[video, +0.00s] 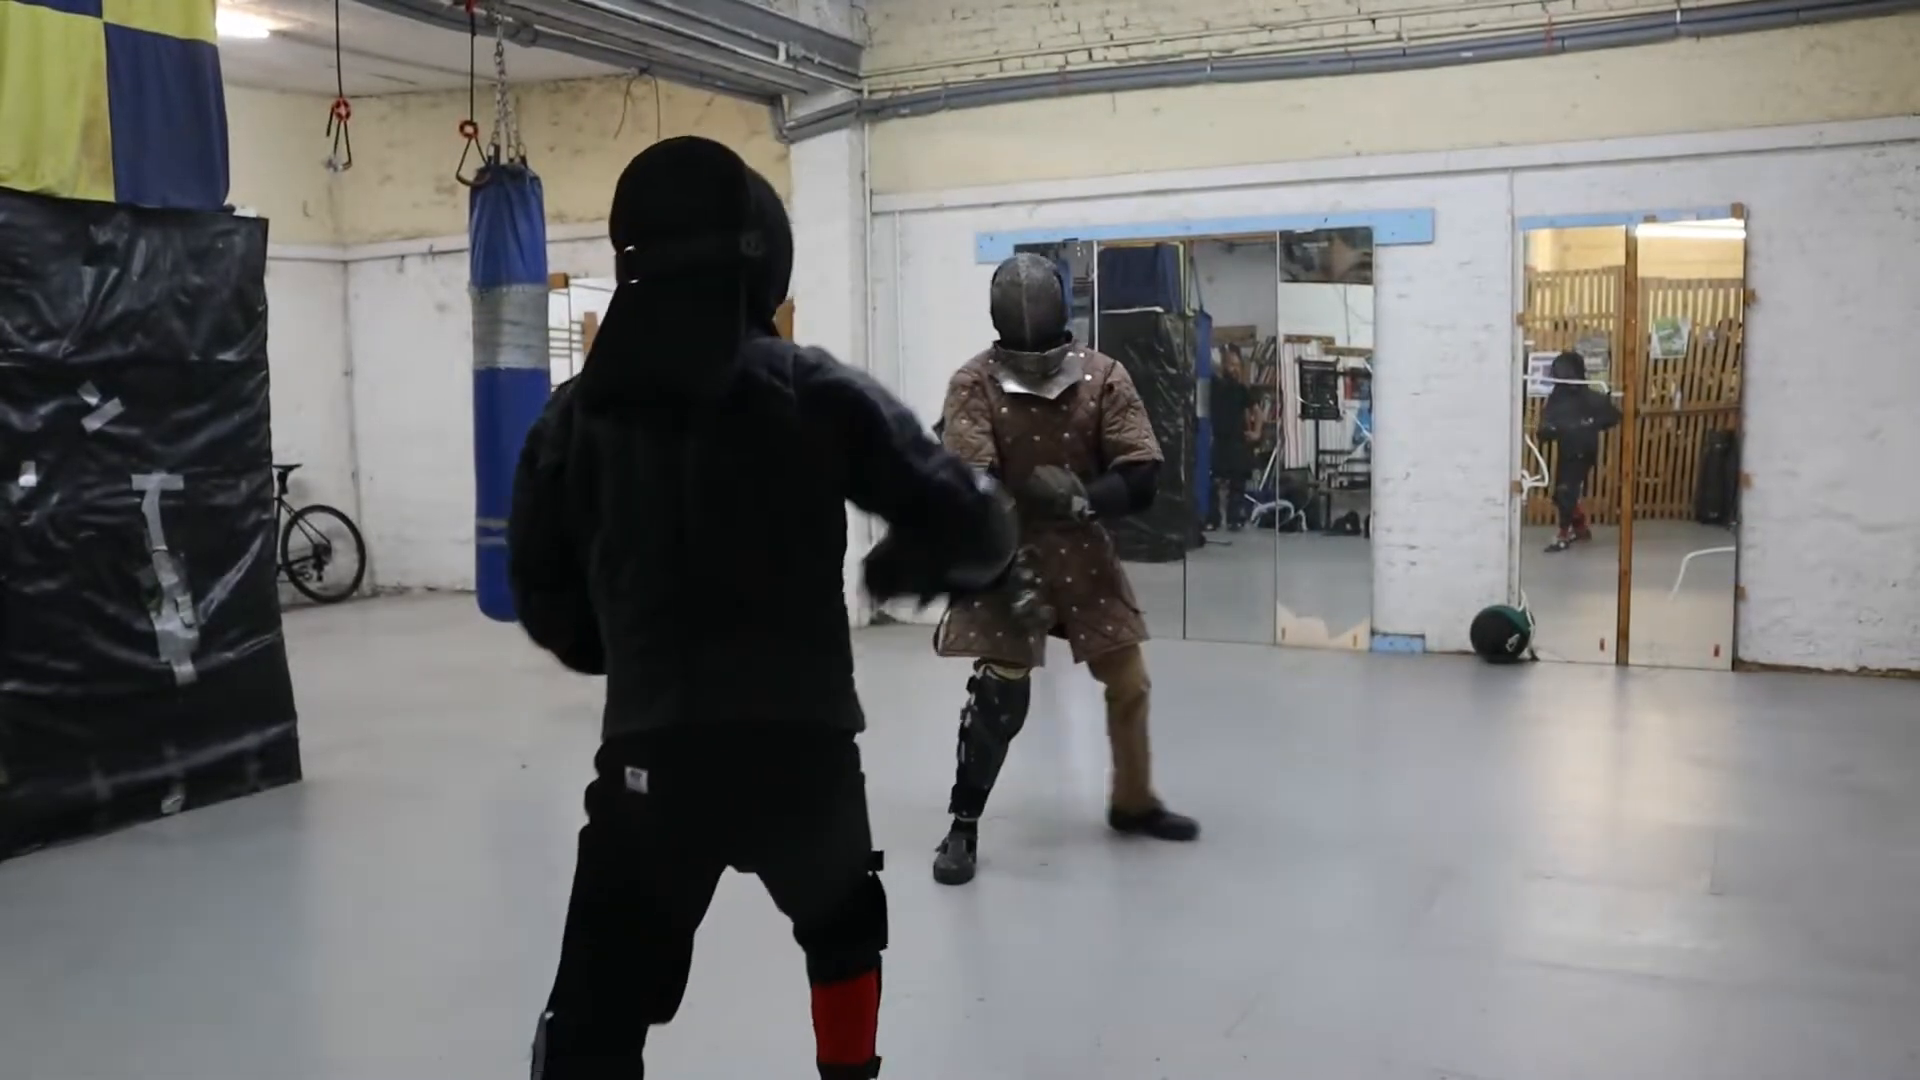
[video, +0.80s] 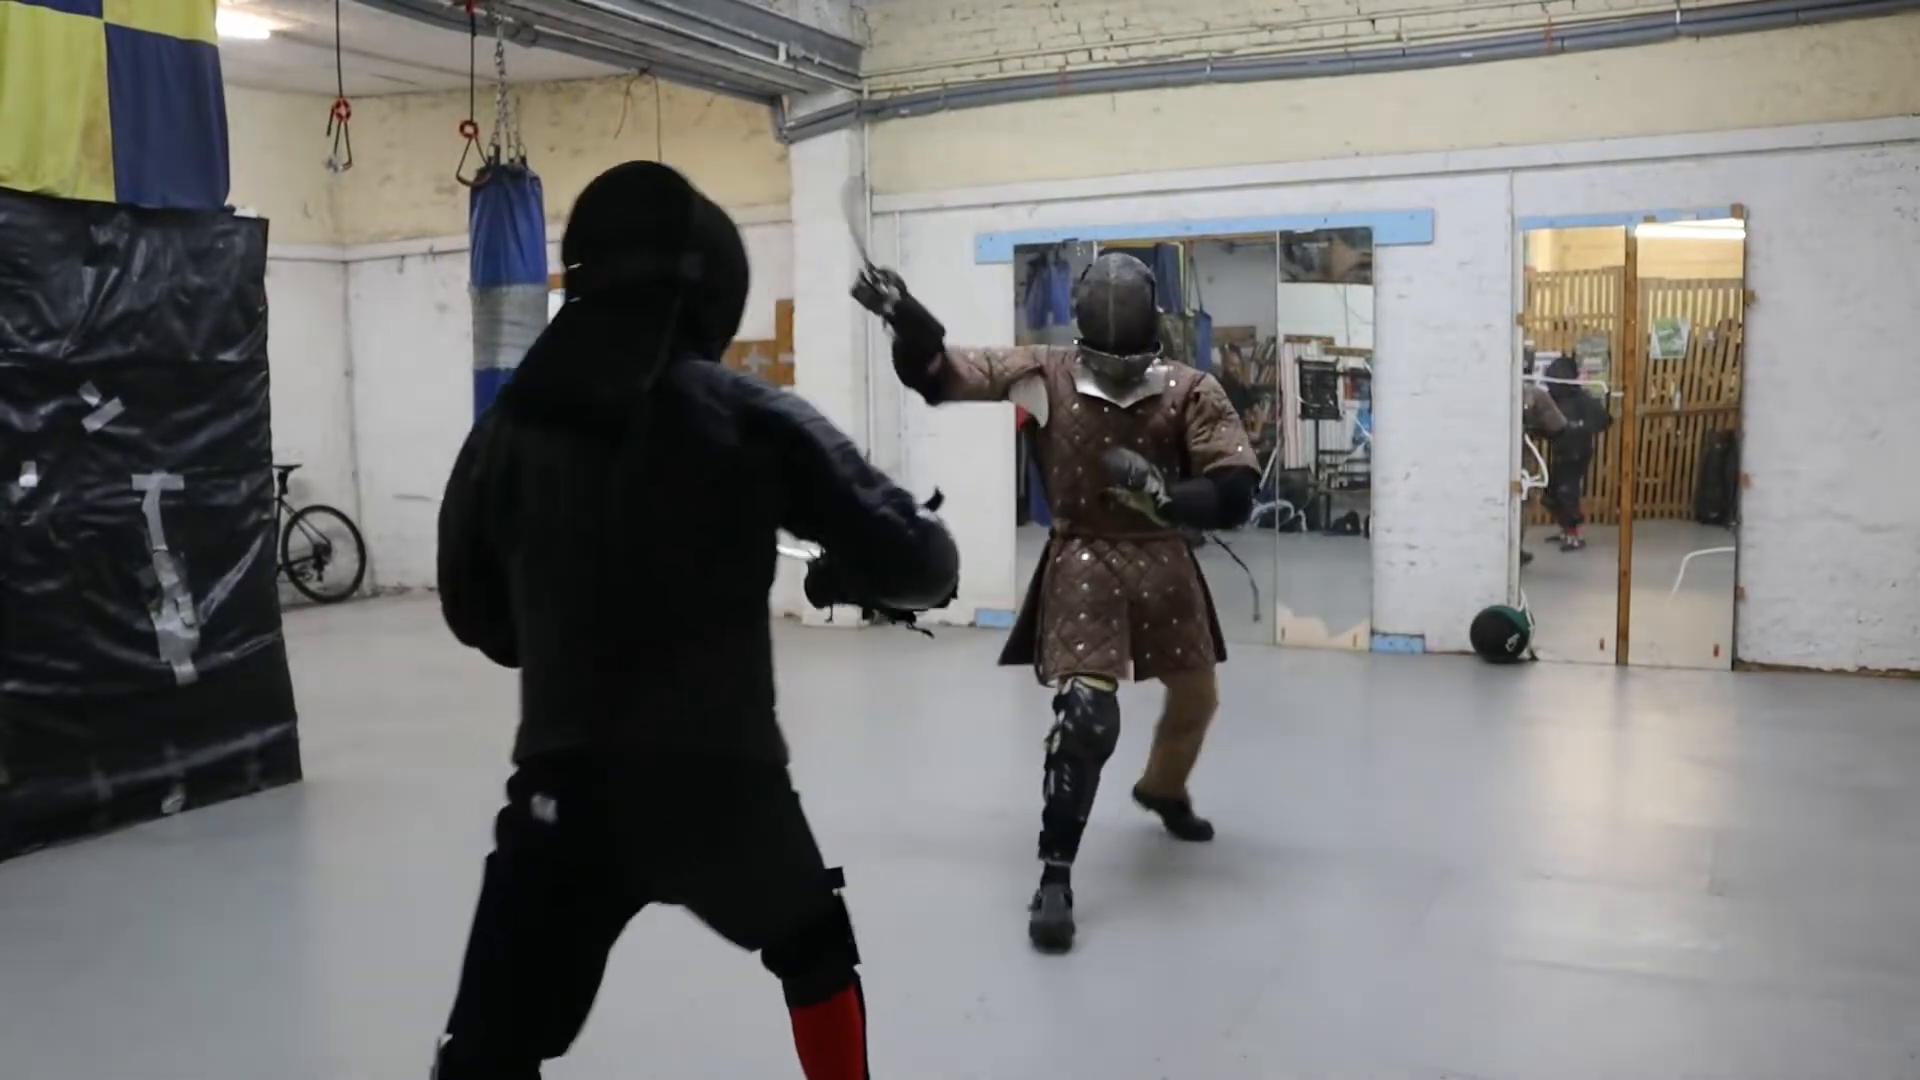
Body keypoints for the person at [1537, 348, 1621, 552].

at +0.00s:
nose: (1558, 378)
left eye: (1562, 373)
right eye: (1557, 374)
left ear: (1575, 374)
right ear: (1556, 376)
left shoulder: (1590, 397)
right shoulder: (1556, 398)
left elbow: (1613, 416)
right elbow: (1545, 426)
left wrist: (1593, 422)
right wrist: (1547, 430)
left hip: (1584, 449)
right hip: (1565, 449)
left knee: (1566, 493)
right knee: (1562, 493)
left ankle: (1563, 534)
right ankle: (1579, 527)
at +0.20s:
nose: (1558, 380)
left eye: (1562, 375)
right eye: (1557, 376)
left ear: (1573, 374)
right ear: (1556, 376)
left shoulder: (1591, 398)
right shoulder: (1558, 395)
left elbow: (1599, 426)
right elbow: (1549, 417)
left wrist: (1576, 433)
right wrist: (1541, 425)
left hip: (1585, 449)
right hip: (1566, 447)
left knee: (1571, 490)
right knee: (1565, 489)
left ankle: (1574, 531)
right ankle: (1579, 528)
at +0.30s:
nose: (1555, 377)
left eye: (1558, 372)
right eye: (1556, 372)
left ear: (1566, 373)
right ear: (1579, 371)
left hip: (1577, 446)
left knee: (1569, 489)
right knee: (1569, 489)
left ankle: (1578, 532)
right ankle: (1579, 530)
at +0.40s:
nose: (1556, 376)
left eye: (1560, 372)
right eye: (1557, 372)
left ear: (1564, 373)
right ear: (1581, 371)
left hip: (1574, 445)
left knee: (1568, 491)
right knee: (1569, 491)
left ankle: (1578, 532)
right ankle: (1578, 530)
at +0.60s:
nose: (1556, 374)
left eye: (1561, 370)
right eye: (1556, 369)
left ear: (1572, 371)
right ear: (1555, 371)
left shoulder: (1590, 397)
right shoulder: (1554, 394)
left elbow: (1598, 423)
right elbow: (1546, 419)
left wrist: (1576, 436)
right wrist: (1557, 432)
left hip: (1583, 446)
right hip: (1565, 445)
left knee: (1570, 489)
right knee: (1557, 488)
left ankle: (1576, 532)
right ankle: (1568, 529)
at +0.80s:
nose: (1551, 383)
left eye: (1556, 378)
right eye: (1550, 378)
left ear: (1567, 378)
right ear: (1550, 379)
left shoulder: (1581, 399)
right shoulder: (1549, 401)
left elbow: (1603, 419)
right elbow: (1539, 425)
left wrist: (1581, 427)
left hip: (1578, 453)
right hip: (1559, 453)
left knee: (1567, 492)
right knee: (1552, 493)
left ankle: (1574, 534)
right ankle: (1566, 529)